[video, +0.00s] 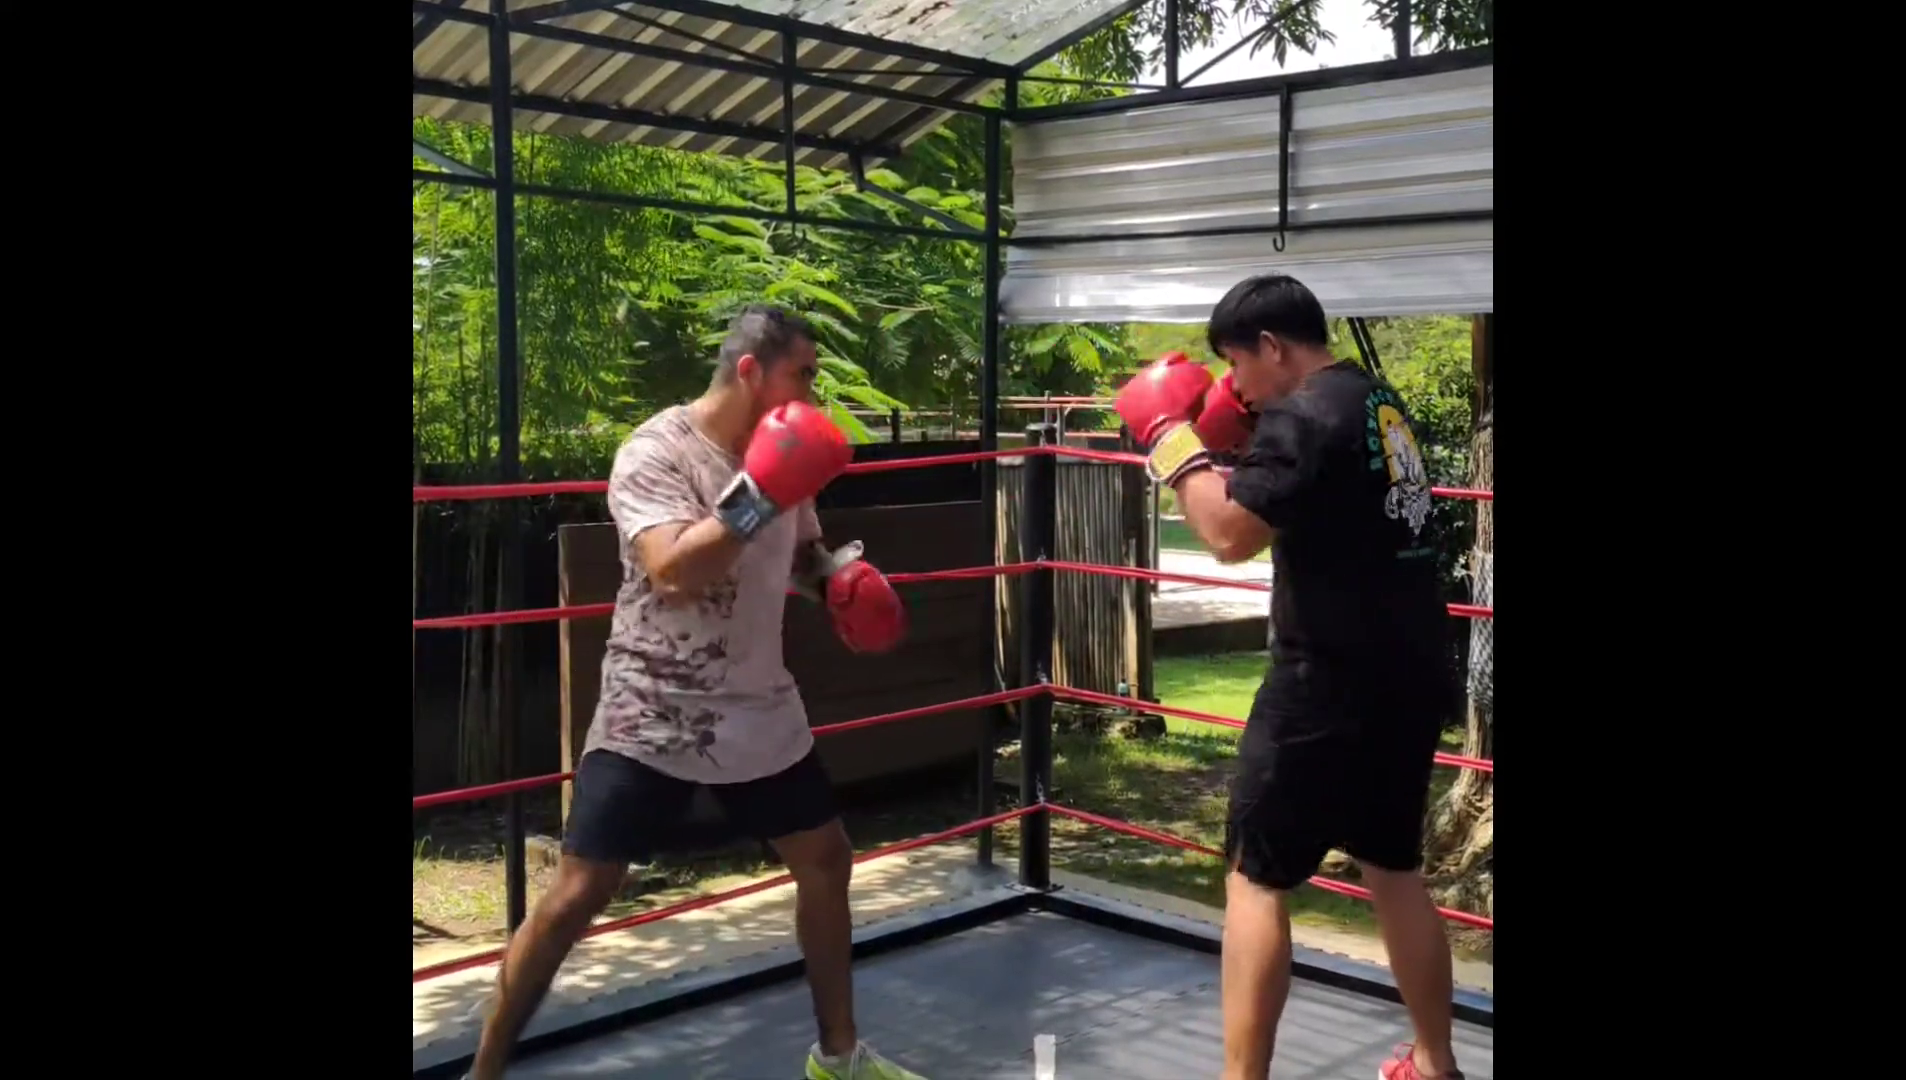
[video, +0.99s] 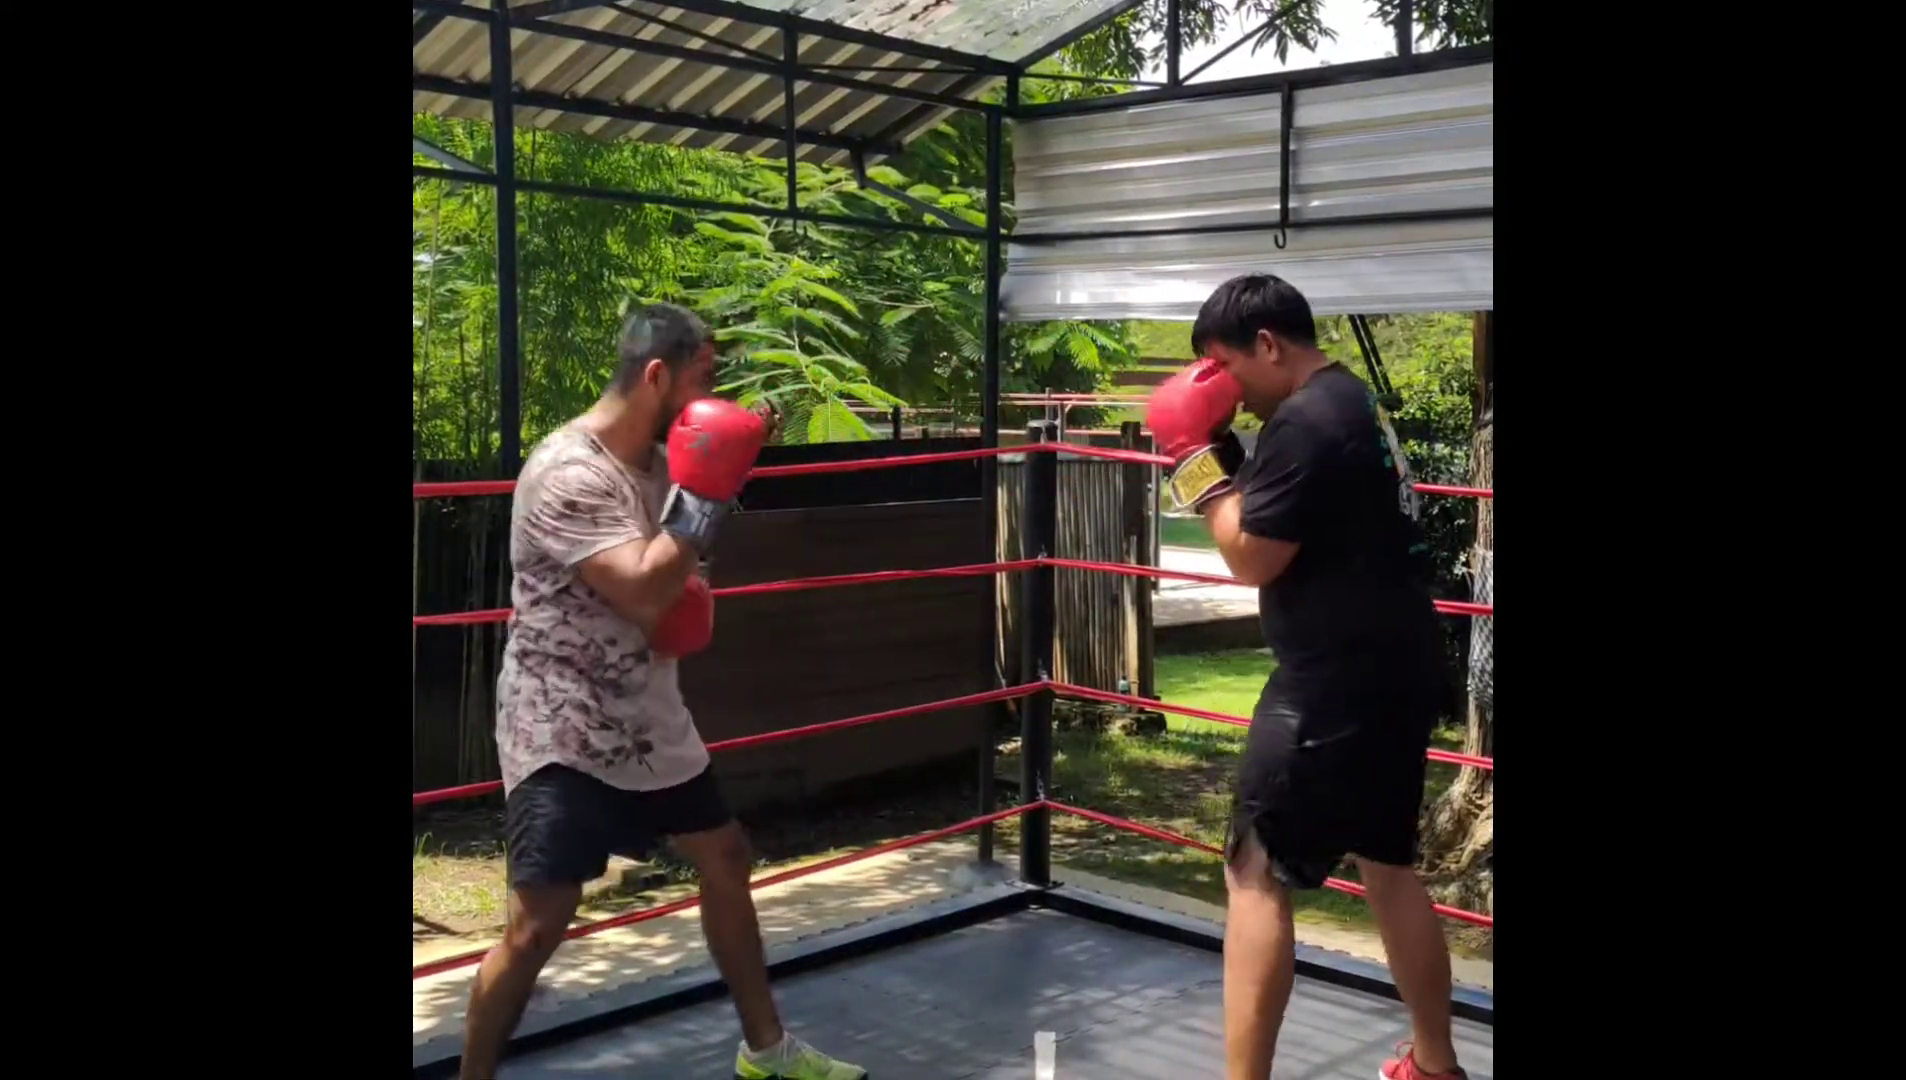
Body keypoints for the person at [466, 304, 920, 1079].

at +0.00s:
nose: (810, 395)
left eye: (813, 379)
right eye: (802, 375)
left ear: (753, 372)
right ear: (748, 368)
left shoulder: (784, 460)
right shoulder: (654, 450)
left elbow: (805, 555)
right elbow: (670, 568)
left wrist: (844, 580)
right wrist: (763, 489)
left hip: (759, 712)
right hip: (649, 714)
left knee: (825, 861)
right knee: (576, 895)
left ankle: (840, 1053)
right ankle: (484, 1069)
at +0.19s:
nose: (738, 407)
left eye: (740, 390)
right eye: (731, 388)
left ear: (685, 388)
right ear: (681, 385)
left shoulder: (704, 475)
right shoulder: (581, 482)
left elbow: (721, 580)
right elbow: (639, 607)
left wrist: (728, 624)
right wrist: (710, 509)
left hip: (695, 728)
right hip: (588, 737)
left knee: (775, 868)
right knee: (541, 932)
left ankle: (831, 1050)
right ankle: (475, 1074)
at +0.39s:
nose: (720, 402)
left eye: (725, 386)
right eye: (714, 383)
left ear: (666, 381)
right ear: (665, 377)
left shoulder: (679, 474)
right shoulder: (575, 478)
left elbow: (708, 573)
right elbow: (644, 598)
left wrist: (700, 618)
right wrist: (702, 496)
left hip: (669, 716)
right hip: (574, 726)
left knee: (757, 856)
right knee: (536, 925)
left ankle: (766, 1049)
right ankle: (476, 1075)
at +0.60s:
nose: (755, 383)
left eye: (757, 366)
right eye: (750, 365)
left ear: (688, 363)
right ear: (707, 363)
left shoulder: (644, 432)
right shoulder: (686, 444)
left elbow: (619, 564)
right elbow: (816, 507)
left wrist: (717, 570)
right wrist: (859, 404)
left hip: (677, 708)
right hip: (621, 713)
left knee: (747, 852)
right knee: (567, 918)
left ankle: (769, 1048)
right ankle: (482, 1071)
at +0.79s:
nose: (743, 379)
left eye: (744, 364)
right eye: (736, 362)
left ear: (678, 364)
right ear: (692, 362)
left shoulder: (644, 440)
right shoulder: (654, 454)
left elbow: (607, 577)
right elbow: (769, 542)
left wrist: (720, 583)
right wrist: (788, 450)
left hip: (685, 719)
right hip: (629, 726)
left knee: (758, 850)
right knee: (582, 923)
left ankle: (770, 1046)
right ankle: (489, 1072)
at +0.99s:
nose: (711, 394)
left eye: (712, 377)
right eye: (703, 376)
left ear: (654, 375)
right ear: (655, 374)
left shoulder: (662, 466)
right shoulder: (565, 471)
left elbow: (672, 567)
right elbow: (642, 592)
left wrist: (685, 610)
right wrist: (702, 493)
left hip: (652, 720)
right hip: (561, 730)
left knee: (725, 859)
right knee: (533, 929)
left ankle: (767, 1048)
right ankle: (474, 1075)